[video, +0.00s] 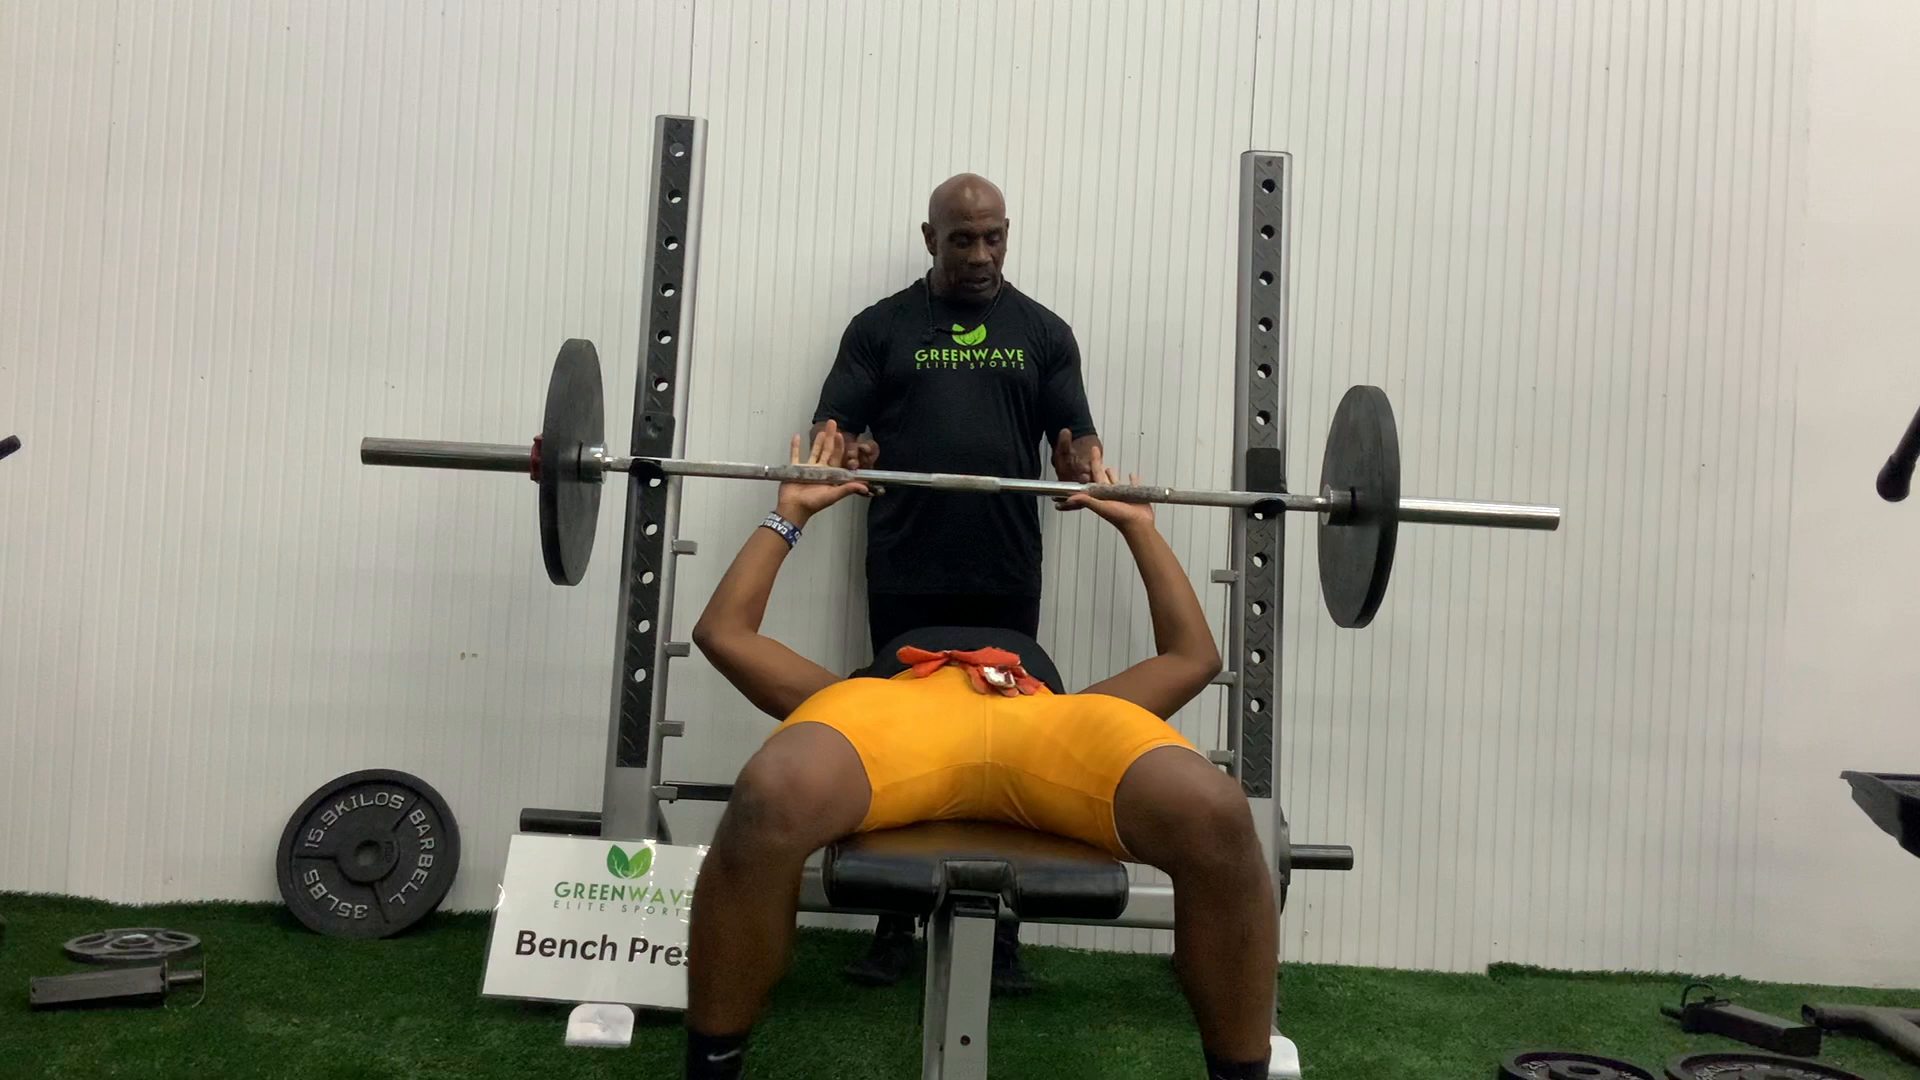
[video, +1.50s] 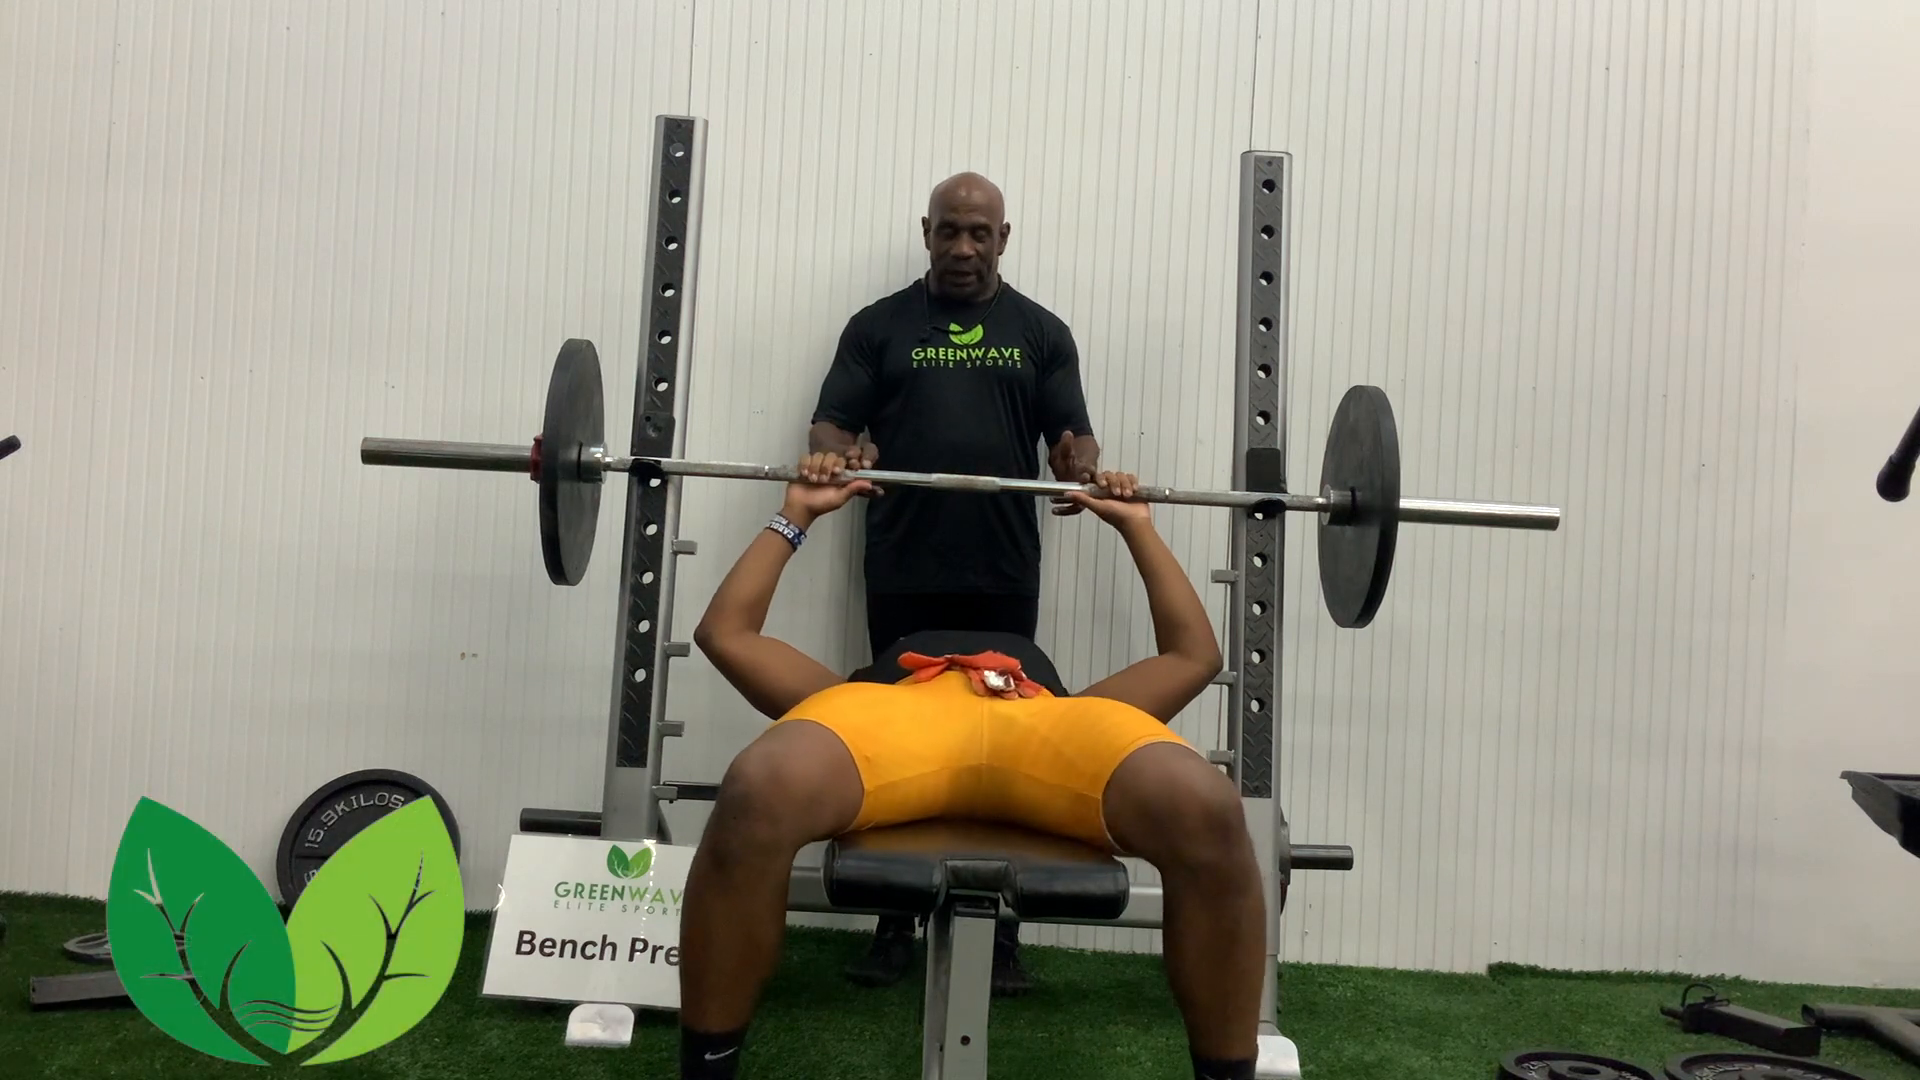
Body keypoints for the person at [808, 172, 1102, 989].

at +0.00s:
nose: (983, 253)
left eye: (994, 238)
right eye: (965, 239)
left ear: (1009, 238)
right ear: (929, 240)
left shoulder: (1042, 333)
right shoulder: (880, 329)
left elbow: (1075, 453)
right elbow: (830, 440)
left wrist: (1086, 470)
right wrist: (852, 454)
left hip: (1008, 575)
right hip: (905, 574)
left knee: (1014, 743)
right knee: (894, 738)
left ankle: (999, 924)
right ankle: (897, 917)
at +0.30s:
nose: (981, 255)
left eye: (994, 239)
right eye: (964, 241)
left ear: (1009, 238)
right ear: (930, 240)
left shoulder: (1043, 332)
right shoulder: (880, 328)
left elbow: (1076, 443)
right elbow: (830, 431)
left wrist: (1082, 466)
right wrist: (847, 451)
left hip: (1007, 575)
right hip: (904, 574)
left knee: (1017, 745)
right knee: (893, 739)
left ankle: (999, 929)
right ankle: (897, 921)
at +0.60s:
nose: (975, 253)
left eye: (990, 238)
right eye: (959, 238)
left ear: (1008, 240)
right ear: (929, 238)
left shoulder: (1043, 332)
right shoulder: (880, 326)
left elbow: (1077, 446)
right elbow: (820, 437)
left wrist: (1086, 463)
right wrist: (840, 448)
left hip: (1007, 578)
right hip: (904, 577)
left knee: (1018, 744)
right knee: (894, 738)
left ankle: (999, 925)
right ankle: (898, 918)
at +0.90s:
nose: (955, 251)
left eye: (974, 238)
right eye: (943, 234)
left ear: (1003, 244)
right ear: (925, 234)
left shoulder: (1042, 332)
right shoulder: (878, 327)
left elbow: (1074, 442)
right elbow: (828, 432)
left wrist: (1087, 469)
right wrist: (846, 451)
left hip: (1006, 577)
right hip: (903, 575)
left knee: (1016, 745)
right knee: (892, 739)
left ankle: (1000, 925)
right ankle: (897, 918)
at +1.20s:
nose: (955, 252)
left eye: (973, 239)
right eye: (942, 236)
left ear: (1002, 244)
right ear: (924, 237)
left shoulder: (1041, 333)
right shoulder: (877, 328)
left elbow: (1074, 439)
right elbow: (829, 431)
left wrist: (1079, 472)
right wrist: (845, 452)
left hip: (1005, 575)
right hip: (902, 573)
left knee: (1014, 745)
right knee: (892, 741)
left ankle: (1000, 924)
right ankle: (897, 919)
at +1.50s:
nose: (965, 248)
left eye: (982, 234)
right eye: (951, 232)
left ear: (1004, 242)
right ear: (926, 234)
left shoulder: (1041, 334)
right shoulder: (878, 328)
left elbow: (1074, 445)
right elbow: (827, 434)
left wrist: (1077, 475)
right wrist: (845, 454)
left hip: (1004, 576)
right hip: (903, 573)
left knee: (1014, 747)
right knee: (892, 743)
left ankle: (1000, 926)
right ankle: (897, 918)